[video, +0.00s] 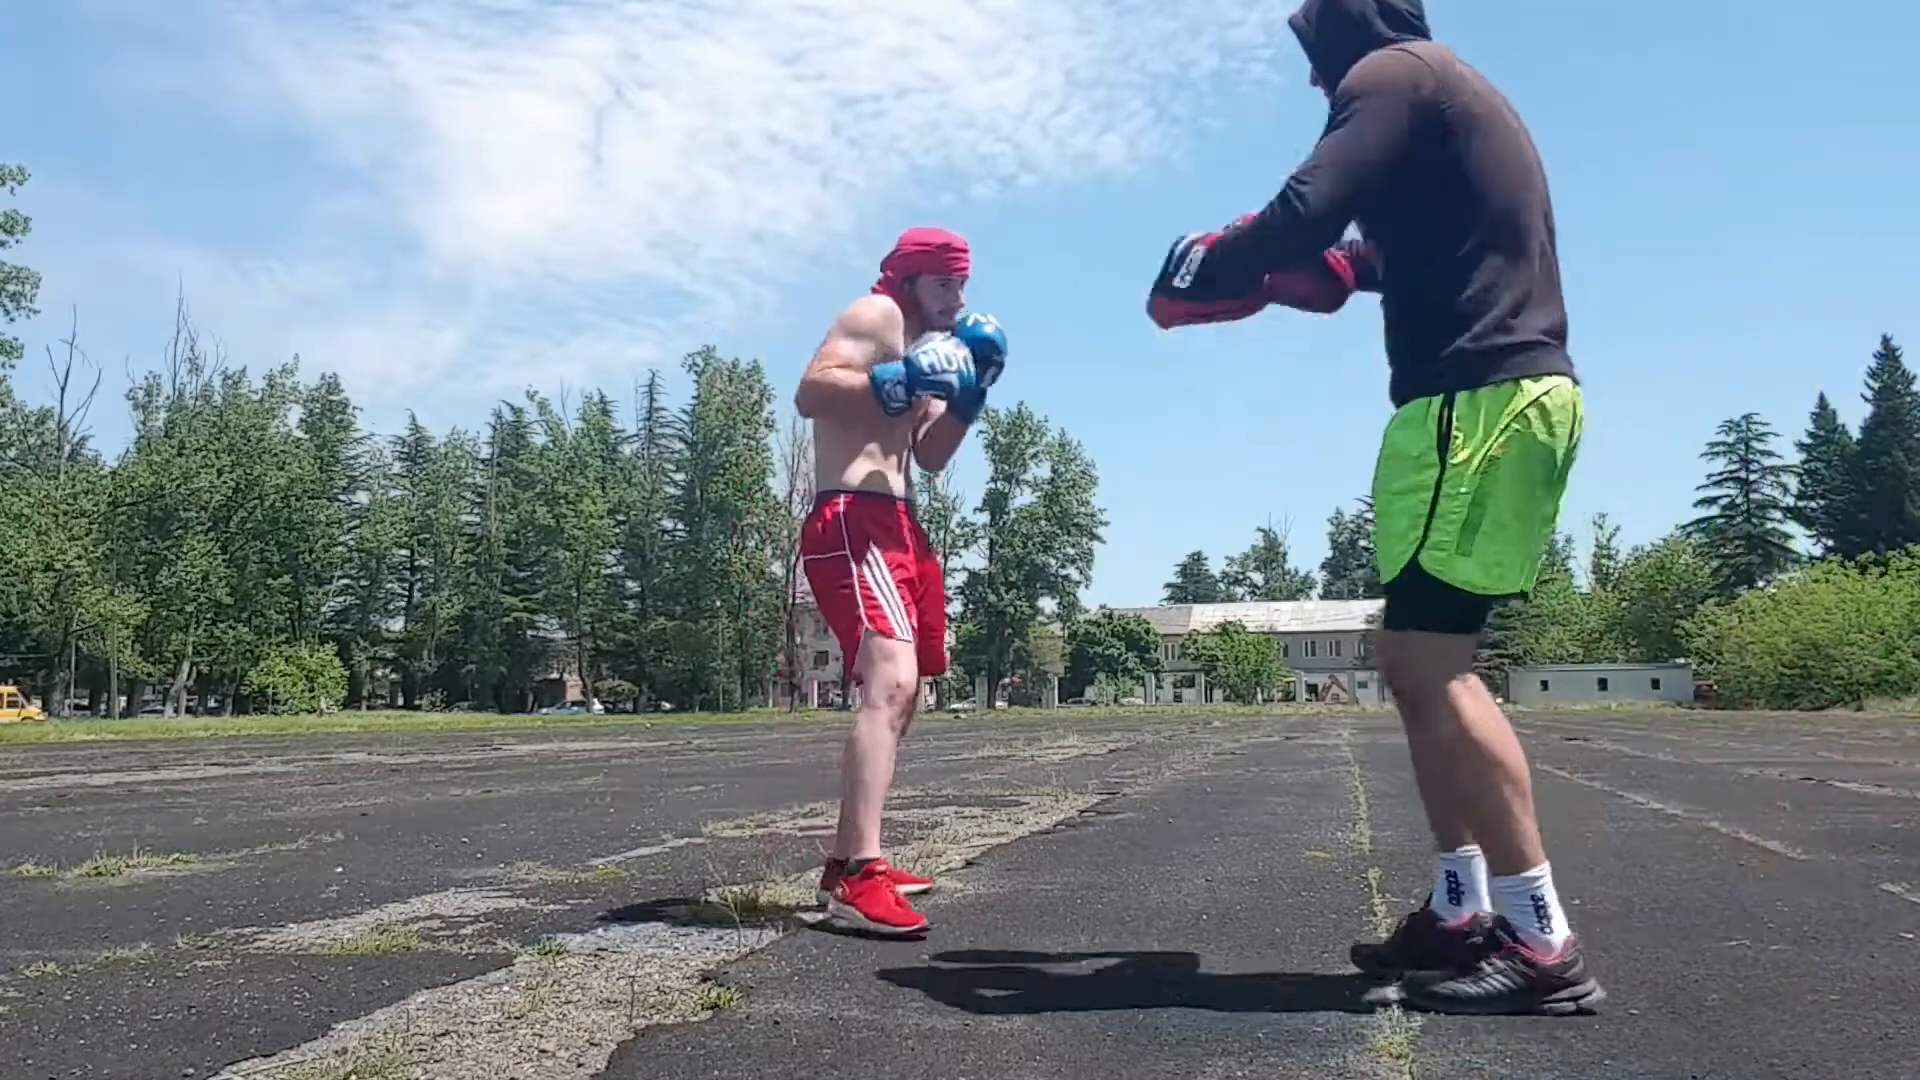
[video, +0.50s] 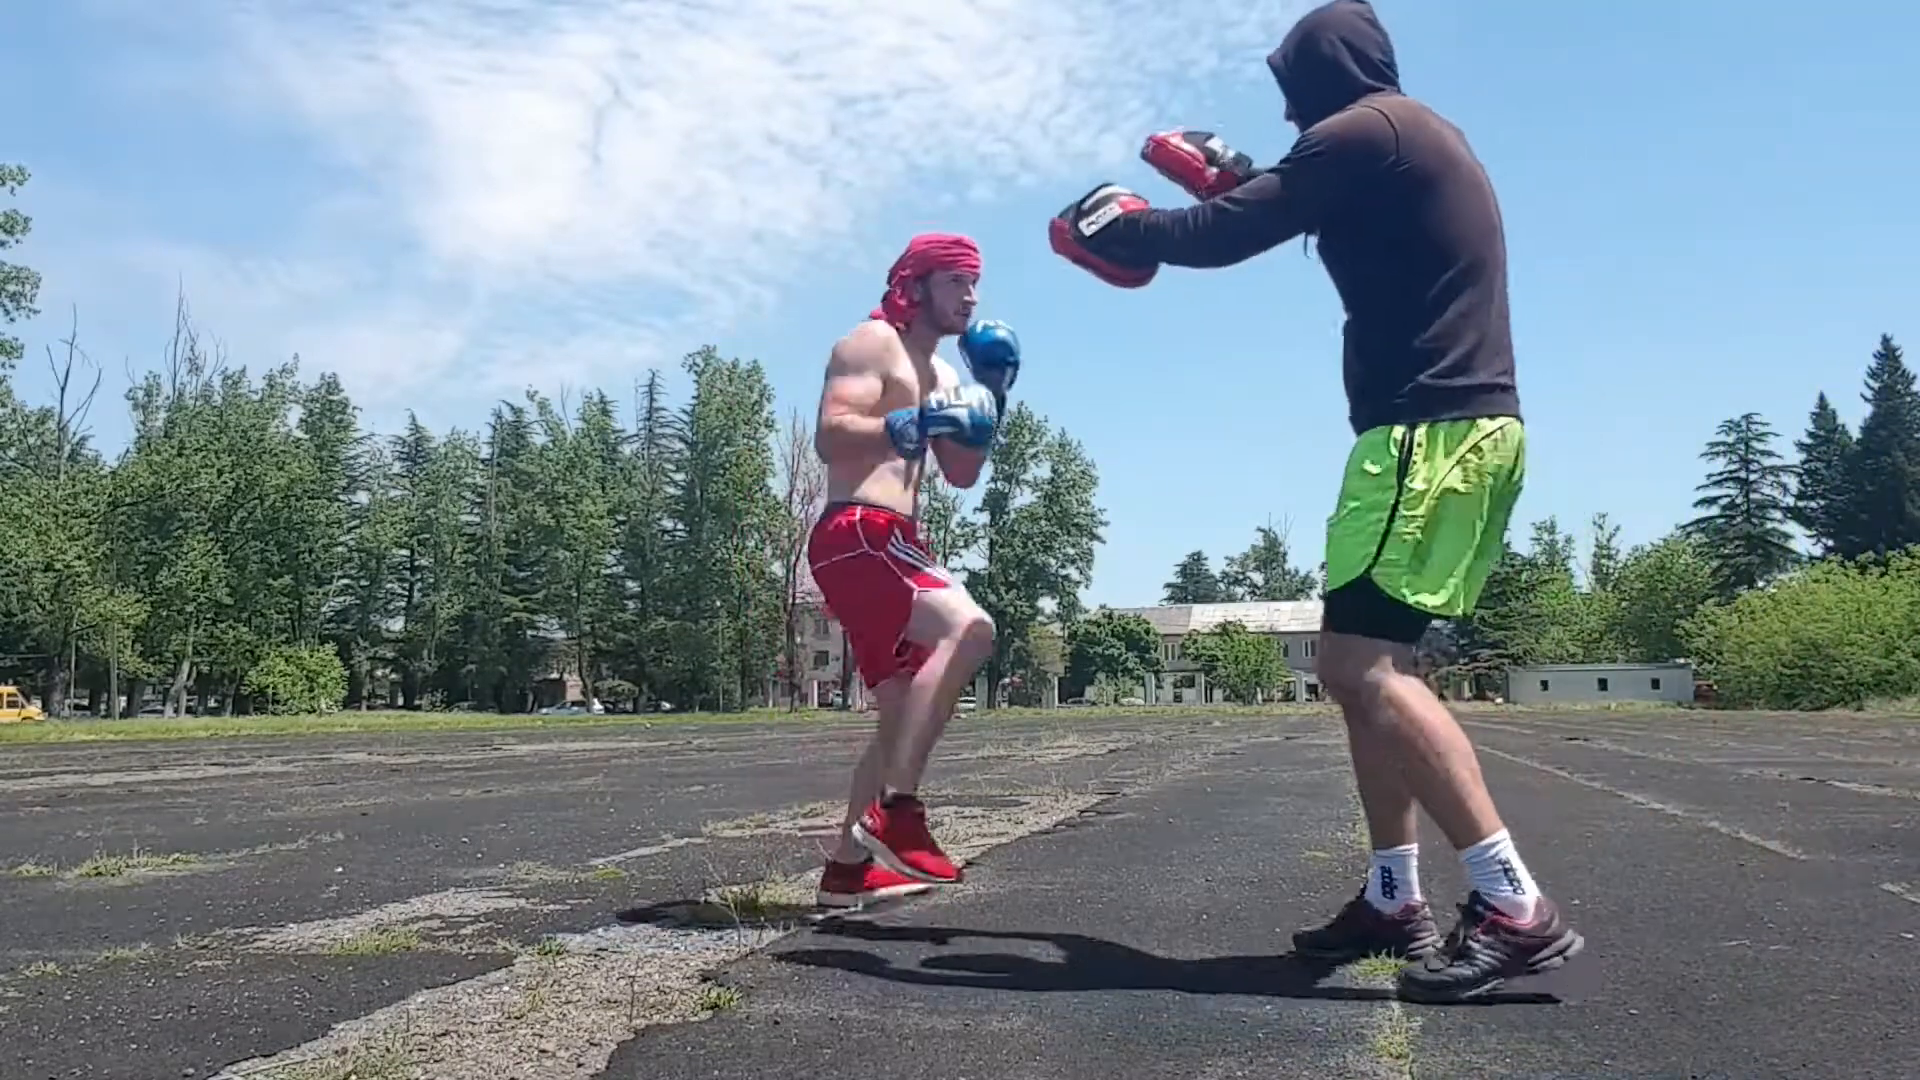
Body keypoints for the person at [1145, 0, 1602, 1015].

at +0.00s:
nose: (1315, 67)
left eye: (1314, 43)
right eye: (1310, 49)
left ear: (1350, 20)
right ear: (1402, 17)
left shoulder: (1392, 71)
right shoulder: (1461, 92)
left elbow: (1307, 211)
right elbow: (1428, 250)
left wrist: (1215, 255)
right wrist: (1329, 270)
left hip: (1475, 399)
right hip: (1512, 393)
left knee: (1436, 664)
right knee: (1415, 660)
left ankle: (1542, 942)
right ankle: (1463, 914)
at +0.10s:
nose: (1323, 87)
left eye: (1326, 68)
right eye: (1321, 71)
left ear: (1358, 49)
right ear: (1410, 35)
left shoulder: (1391, 107)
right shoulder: (1468, 110)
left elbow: (1253, 205)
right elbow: (1376, 211)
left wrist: (1150, 225)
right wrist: (1269, 182)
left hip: (1465, 433)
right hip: (1496, 426)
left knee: (1410, 694)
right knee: (1348, 642)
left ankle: (1541, 946)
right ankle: (1441, 881)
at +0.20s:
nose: (1318, 87)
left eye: (1320, 67)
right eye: (1316, 70)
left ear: (1353, 52)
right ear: (1409, 44)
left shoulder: (1386, 129)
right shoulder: (1471, 118)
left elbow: (1247, 218)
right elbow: (1369, 195)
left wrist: (1138, 232)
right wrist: (1271, 174)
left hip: (1452, 441)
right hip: (1486, 434)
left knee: (1411, 699)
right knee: (1336, 642)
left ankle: (1541, 948)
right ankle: (1409, 889)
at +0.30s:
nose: (1312, 94)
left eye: (1314, 75)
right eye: (1310, 78)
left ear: (1339, 61)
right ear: (1397, 45)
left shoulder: (1376, 123)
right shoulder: (1453, 118)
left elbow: (1244, 223)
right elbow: (1355, 198)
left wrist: (1137, 237)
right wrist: (1258, 171)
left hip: (1436, 426)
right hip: (1474, 420)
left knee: (1419, 682)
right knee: (1356, 653)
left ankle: (1539, 941)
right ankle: (1396, 902)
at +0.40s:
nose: (1304, 100)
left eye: (1307, 82)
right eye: (1302, 85)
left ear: (1332, 68)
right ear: (1387, 55)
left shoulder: (1369, 128)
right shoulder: (1434, 124)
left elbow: (1236, 223)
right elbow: (1339, 196)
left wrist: (1127, 230)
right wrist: (1252, 175)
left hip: (1434, 434)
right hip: (1460, 429)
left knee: (1392, 674)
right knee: (1363, 673)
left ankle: (1531, 932)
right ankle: (1395, 908)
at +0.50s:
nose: (1291, 106)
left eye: (1294, 90)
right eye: (1290, 92)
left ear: (1321, 77)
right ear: (1374, 65)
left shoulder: (1357, 139)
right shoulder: (1425, 133)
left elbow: (1224, 231)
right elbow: (1330, 201)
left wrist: (1125, 221)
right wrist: (1240, 179)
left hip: (1426, 431)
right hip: (1471, 427)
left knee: (1364, 665)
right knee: (1361, 668)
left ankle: (1519, 908)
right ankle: (1393, 902)